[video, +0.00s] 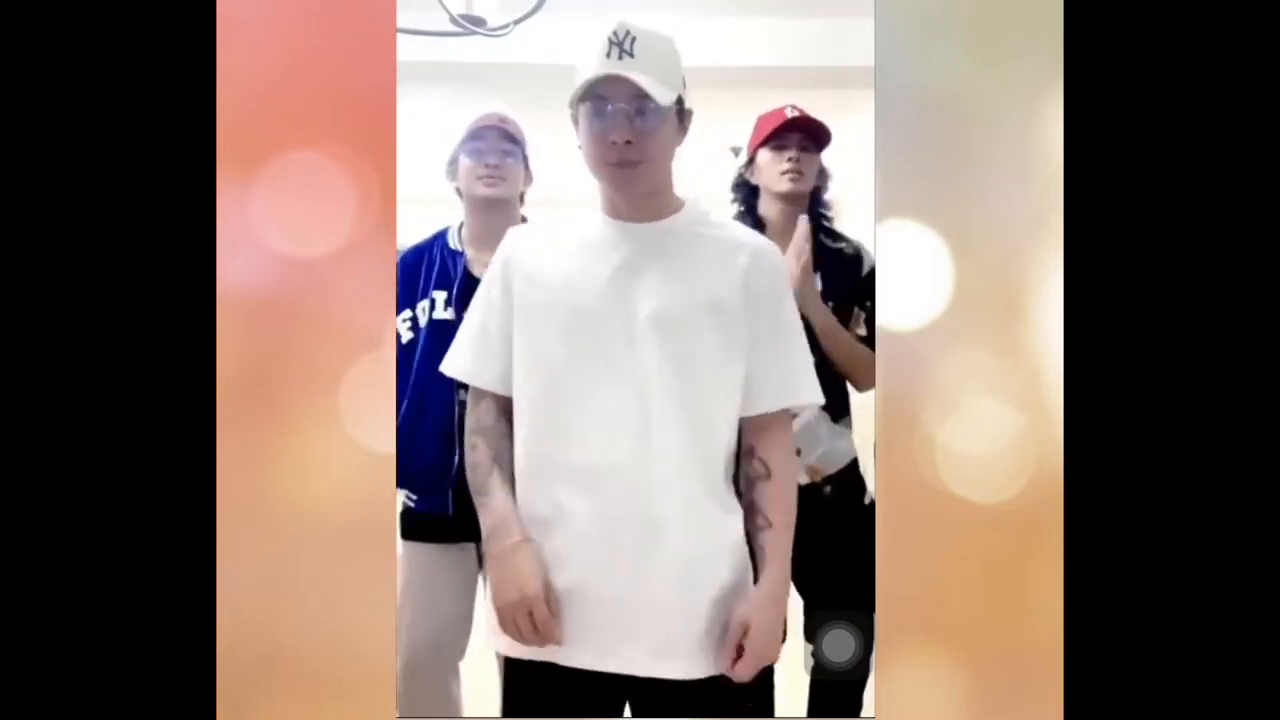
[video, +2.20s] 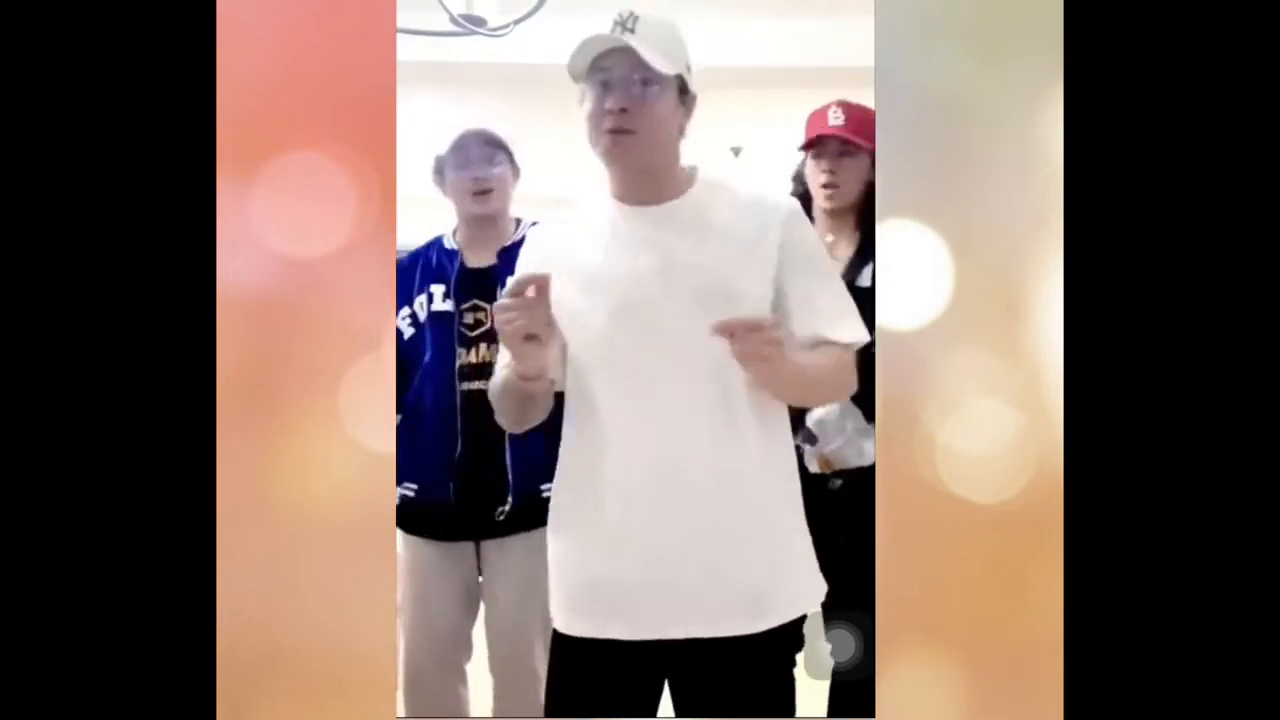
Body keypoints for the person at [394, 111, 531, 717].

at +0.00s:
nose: (492, 161)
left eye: (507, 153)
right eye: (477, 151)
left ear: (528, 179)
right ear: (454, 173)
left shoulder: (551, 266)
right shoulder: (412, 269)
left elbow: (573, 380)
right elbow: (380, 379)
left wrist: (560, 480)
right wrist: (385, 481)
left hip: (529, 498)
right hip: (434, 497)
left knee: (530, 668)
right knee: (424, 663)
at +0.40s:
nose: (491, 170)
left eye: (506, 161)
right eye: (477, 161)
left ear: (527, 183)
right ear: (452, 181)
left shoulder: (554, 264)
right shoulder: (404, 266)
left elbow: (579, 381)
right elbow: (369, 380)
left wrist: (565, 482)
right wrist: (378, 481)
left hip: (523, 503)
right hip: (426, 505)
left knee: (520, 661)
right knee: (427, 667)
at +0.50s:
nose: (490, 167)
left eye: (504, 158)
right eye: (475, 158)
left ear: (525, 181)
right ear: (451, 178)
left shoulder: (555, 261)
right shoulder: (402, 260)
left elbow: (580, 372)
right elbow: (348, 347)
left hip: (521, 504)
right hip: (424, 505)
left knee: (518, 661)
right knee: (425, 667)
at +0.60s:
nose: (488, 165)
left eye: (502, 156)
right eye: (475, 156)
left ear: (525, 175)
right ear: (451, 173)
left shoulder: (543, 255)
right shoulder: (411, 249)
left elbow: (571, 341)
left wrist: (523, 256)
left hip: (515, 489)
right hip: (424, 489)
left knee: (511, 651)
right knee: (428, 656)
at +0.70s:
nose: (490, 179)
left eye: (504, 169)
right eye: (477, 169)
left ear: (526, 188)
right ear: (455, 185)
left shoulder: (546, 271)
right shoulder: (408, 265)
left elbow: (575, 375)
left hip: (516, 501)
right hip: (421, 498)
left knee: (516, 675)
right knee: (424, 675)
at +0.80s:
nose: (486, 189)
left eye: (499, 177)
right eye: (473, 178)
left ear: (522, 191)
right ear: (453, 193)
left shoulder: (544, 279)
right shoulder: (411, 272)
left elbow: (570, 381)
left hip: (517, 519)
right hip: (419, 519)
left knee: (511, 695)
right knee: (422, 691)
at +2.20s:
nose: (479, 173)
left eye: (492, 160)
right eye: (463, 164)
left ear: (515, 176)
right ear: (442, 185)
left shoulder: (551, 260)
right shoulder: (408, 270)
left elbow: (580, 369)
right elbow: (380, 380)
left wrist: (578, 479)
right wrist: (388, 480)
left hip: (526, 500)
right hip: (432, 501)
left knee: (522, 669)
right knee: (429, 669)